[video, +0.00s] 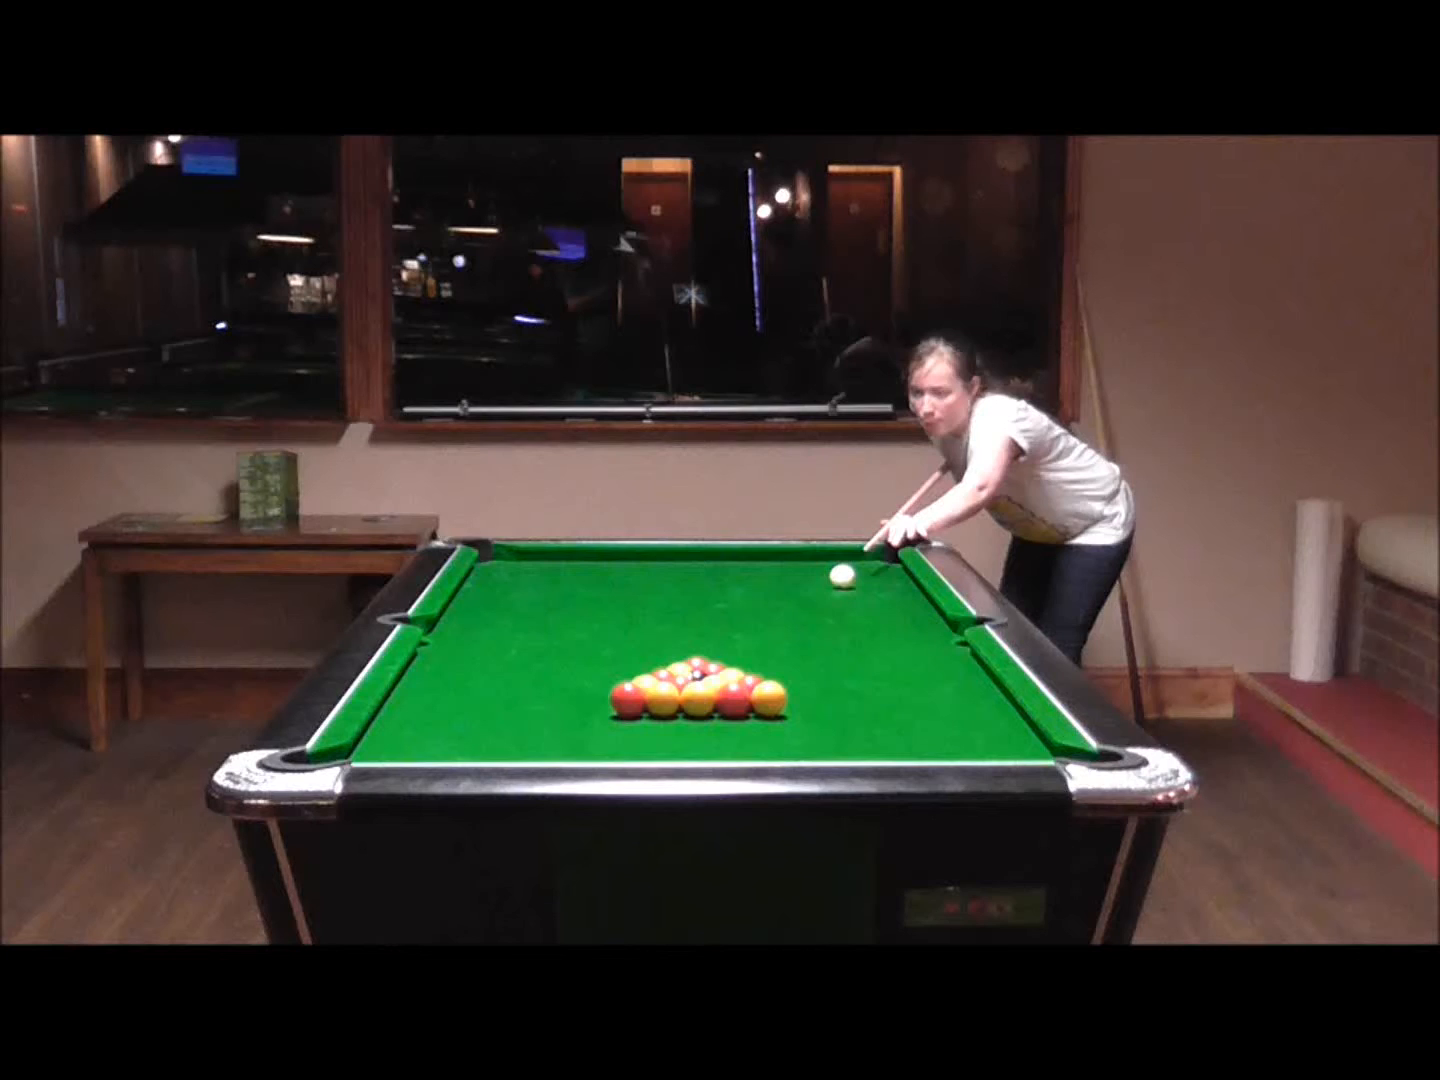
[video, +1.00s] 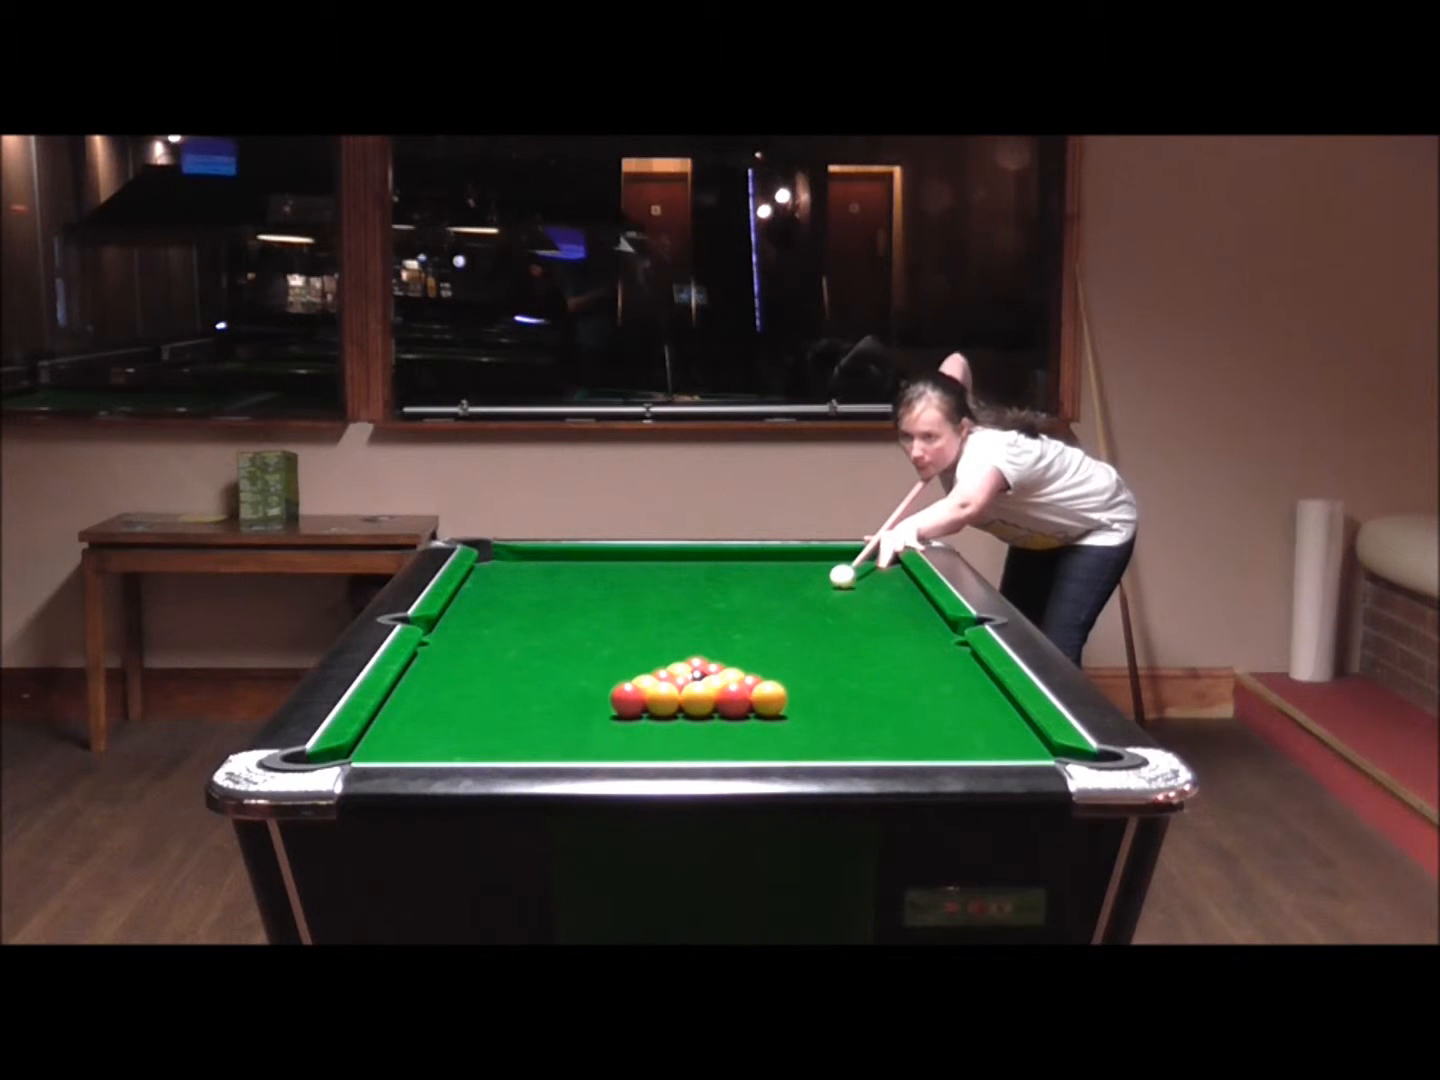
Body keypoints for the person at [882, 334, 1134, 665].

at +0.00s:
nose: (925, 408)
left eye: (940, 393)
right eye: (917, 394)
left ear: (973, 389)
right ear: (908, 395)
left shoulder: (997, 418)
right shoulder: (949, 428)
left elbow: (979, 489)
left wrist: (920, 524)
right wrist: (954, 460)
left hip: (1095, 526)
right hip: (1037, 530)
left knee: (1055, 650)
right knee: (1007, 639)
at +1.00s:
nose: (915, 451)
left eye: (929, 438)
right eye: (908, 437)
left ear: (962, 431)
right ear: (899, 434)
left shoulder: (986, 455)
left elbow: (963, 508)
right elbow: (954, 361)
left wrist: (911, 527)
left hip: (1098, 528)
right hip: (1036, 533)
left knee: (1056, 648)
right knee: (1007, 638)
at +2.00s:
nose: (914, 444)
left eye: (928, 429)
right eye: (906, 430)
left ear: (961, 421)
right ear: (898, 428)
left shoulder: (985, 446)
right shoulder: (951, 440)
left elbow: (964, 503)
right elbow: (965, 383)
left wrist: (909, 529)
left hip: (1098, 528)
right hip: (1036, 533)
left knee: (1054, 648)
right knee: (1009, 639)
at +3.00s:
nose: (969, 309)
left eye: (986, 297)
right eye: (960, 296)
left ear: (1015, 307)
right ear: (950, 303)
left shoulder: (1037, 361)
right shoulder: (953, 355)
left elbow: (1030, 473)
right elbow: (969, 431)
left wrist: (939, 497)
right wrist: (959, 475)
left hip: (1076, 528)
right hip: (1016, 524)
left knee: (1051, 653)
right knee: (1007, 648)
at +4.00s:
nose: (1008, 272)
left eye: (1025, 260)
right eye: (998, 258)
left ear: (1051, 272)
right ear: (984, 268)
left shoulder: (1075, 340)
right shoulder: (967, 332)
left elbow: (1113, 435)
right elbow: (956, 406)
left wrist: (1055, 505)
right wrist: (938, 461)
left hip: (1054, 545)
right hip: (979, 538)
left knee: (1023, 672)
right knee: (971, 662)